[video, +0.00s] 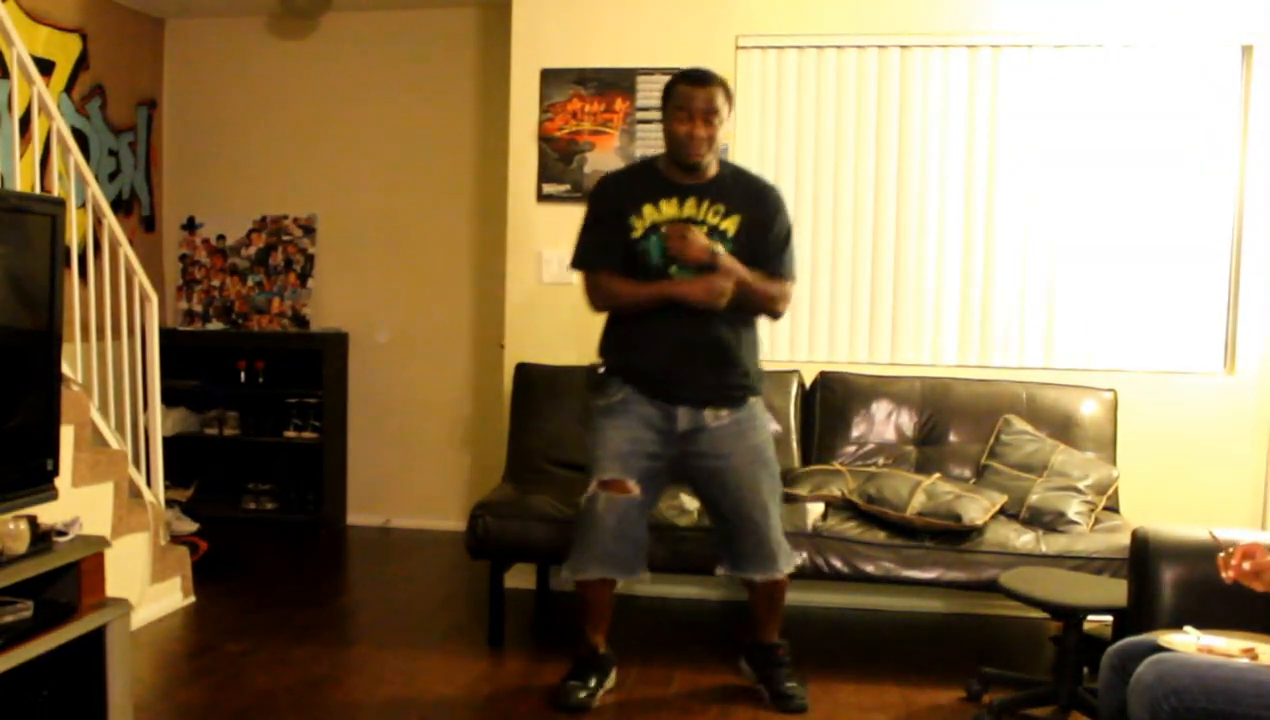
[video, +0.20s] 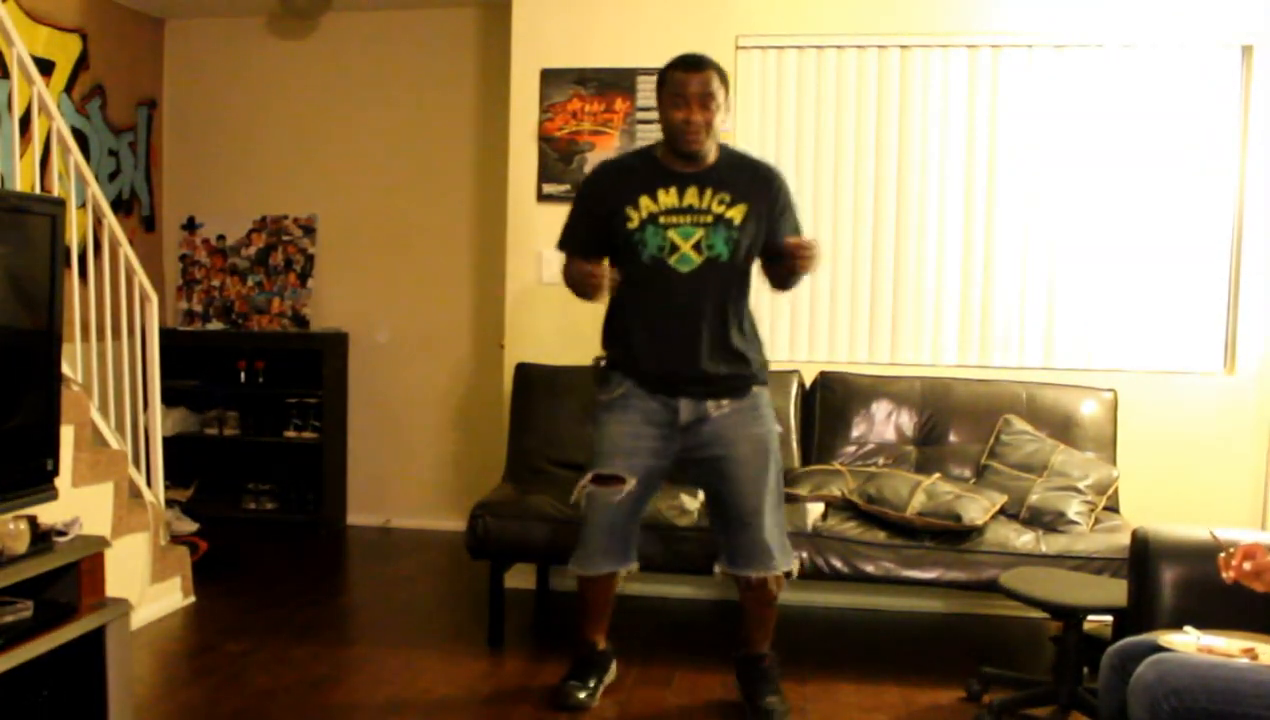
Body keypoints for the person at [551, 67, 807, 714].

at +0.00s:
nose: (696, 127)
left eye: (709, 116)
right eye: (683, 115)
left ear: (726, 123)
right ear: (663, 120)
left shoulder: (759, 200)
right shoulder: (618, 193)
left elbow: (776, 300)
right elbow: (600, 293)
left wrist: (715, 258)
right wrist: (681, 288)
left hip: (729, 402)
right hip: (632, 396)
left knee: (766, 540)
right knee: (604, 518)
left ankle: (769, 650)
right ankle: (592, 657)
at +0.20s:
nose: (693, 114)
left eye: (705, 101)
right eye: (680, 101)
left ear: (724, 108)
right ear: (659, 108)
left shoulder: (760, 184)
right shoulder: (611, 183)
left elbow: (780, 276)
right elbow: (579, 269)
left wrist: (797, 260)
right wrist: (589, 279)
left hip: (732, 390)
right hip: (635, 389)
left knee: (760, 540)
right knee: (603, 517)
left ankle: (758, 663)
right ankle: (592, 657)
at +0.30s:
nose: (700, 110)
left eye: (713, 97)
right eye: (686, 98)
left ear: (732, 104)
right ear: (668, 107)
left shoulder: (773, 177)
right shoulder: (623, 180)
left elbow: (803, 265)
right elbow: (584, 264)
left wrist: (833, 252)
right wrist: (562, 270)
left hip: (744, 391)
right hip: (647, 388)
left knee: (761, 540)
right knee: (614, 515)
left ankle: (760, 674)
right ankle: (598, 652)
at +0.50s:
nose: (709, 111)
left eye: (722, 98)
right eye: (695, 99)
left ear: (741, 106)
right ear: (676, 109)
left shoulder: (785, 187)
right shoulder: (634, 186)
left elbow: (807, 294)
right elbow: (615, 289)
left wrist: (824, 250)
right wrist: (598, 280)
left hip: (753, 405)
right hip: (654, 398)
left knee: (779, 546)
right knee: (617, 521)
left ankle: (762, 676)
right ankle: (603, 662)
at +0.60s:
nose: (697, 94)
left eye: (709, 83)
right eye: (683, 83)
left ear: (730, 92)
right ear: (662, 93)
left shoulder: (773, 169)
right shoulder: (621, 171)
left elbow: (794, 275)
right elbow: (596, 269)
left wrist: (755, 237)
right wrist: (631, 274)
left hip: (750, 390)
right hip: (648, 383)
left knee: (771, 542)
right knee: (614, 513)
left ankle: (764, 675)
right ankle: (568, 679)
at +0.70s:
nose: (676, 98)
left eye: (689, 85)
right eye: (662, 86)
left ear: (709, 93)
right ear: (642, 95)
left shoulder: (752, 177)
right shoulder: (602, 176)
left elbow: (784, 277)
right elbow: (579, 279)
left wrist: (722, 258)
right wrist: (638, 274)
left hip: (736, 398)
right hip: (635, 392)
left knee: (762, 552)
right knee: (596, 538)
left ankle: (761, 677)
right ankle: (551, 692)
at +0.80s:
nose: (656, 107)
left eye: (669, 94)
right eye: (641, 94)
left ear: (689, 101)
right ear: (621, 103)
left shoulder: (731, 180)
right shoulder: (583, 180)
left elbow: (775, 271)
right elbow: (549, 280)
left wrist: (743, 329)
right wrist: (620, 280)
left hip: (700, 403)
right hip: (602, 398)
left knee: (737, 557)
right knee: (580, 542)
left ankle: (754, 673)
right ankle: (549, 699)